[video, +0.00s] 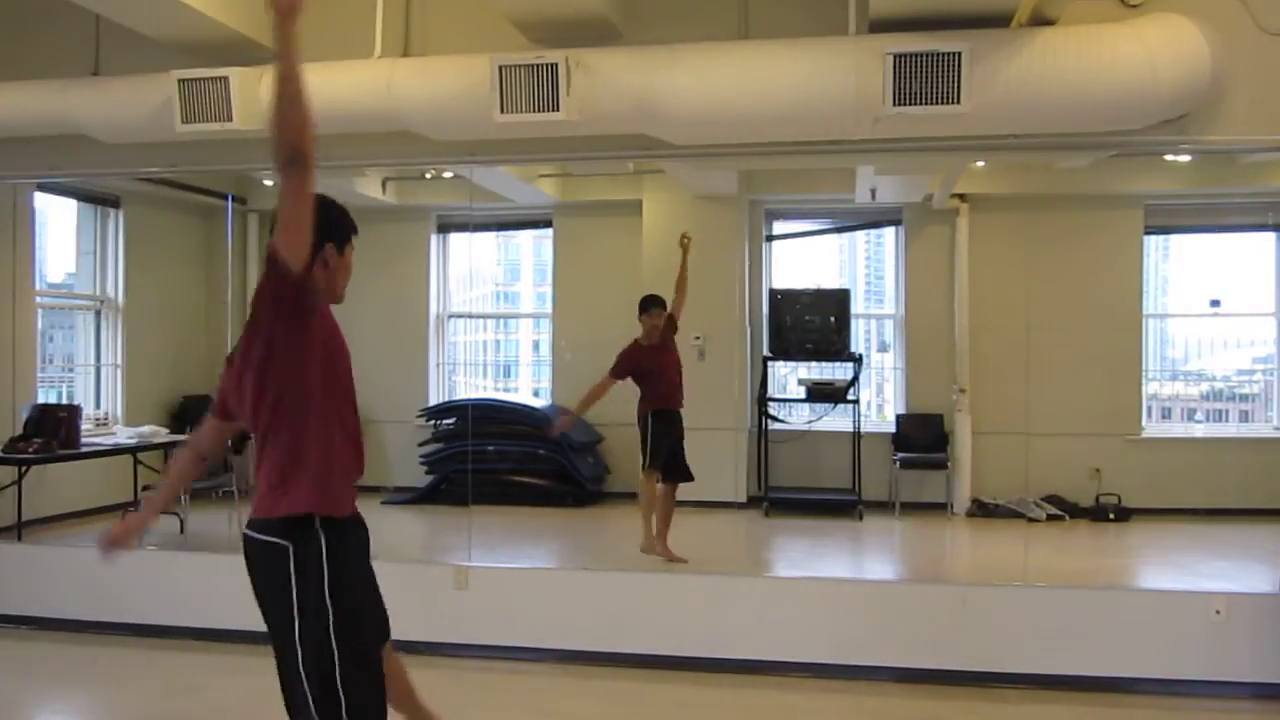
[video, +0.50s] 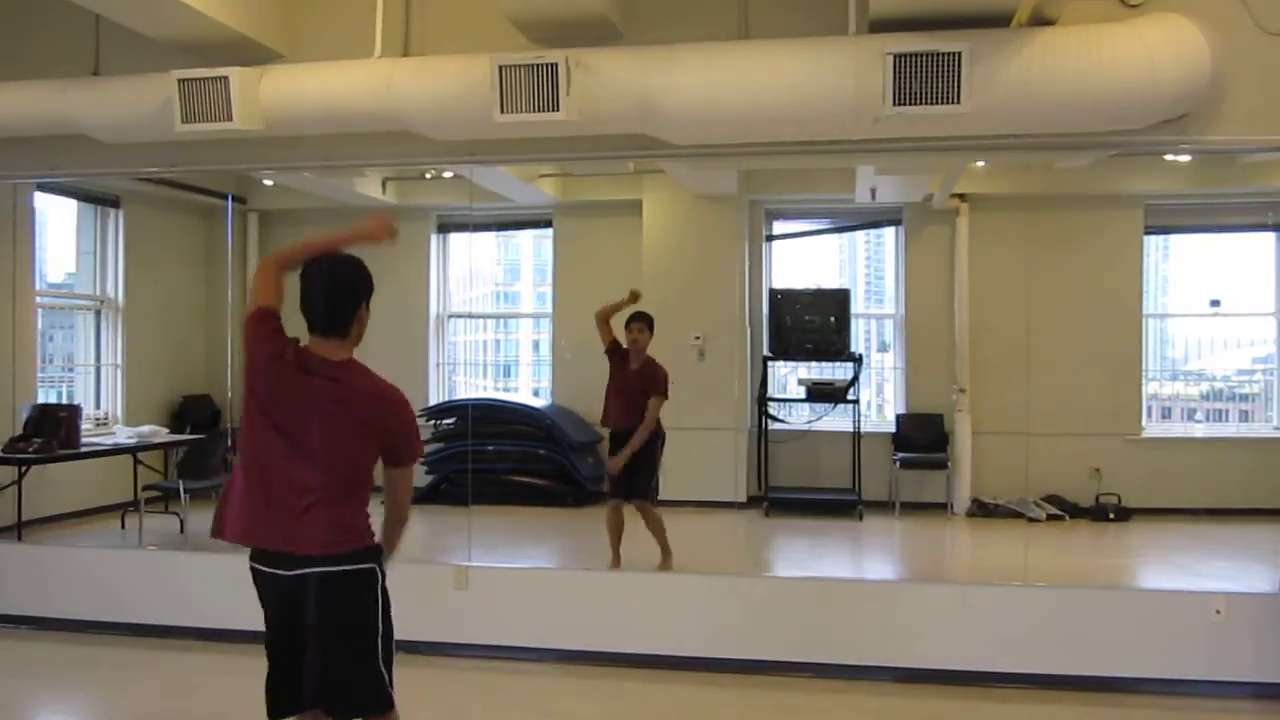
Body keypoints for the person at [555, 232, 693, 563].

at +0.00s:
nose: (659, 324)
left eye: (662, 319)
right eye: (653, 319)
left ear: (666, 319)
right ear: (641, 319)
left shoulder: (667, 336)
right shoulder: (632, 354)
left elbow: (679, 295)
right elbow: (603, 386)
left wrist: (685, 255)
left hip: (673, 414)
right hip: (652, 414)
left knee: (671, 479)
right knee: (651, 474)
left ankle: (662, 541)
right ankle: (648, 538)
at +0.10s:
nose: (649, 316)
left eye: (653, 311)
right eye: (644, 312)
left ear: (658, 314)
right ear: (635, 315)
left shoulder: (668, 337)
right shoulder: (625, 345)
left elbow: (698, 301)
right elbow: (586, 355)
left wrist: (722, 260)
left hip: (668, 418)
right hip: (643, 419)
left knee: (665, 484)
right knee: (634, 483)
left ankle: (662, 542)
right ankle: (620, 547)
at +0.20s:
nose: (639, 317)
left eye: (644, 312)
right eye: (634, 312)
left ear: (652, 315)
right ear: (627, 316)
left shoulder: (665, 343)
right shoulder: (615, 345)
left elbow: (705, 327)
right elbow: (581, 329)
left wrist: (747, 305)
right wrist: (556, 312)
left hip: (659, 422)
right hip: (629, 423)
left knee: (662, 484)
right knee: (620, 489)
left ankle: (664, 539)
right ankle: (609, 550)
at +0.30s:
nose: (632, 319)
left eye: (639, 314)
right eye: (628, 314)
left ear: (648, 319)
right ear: (622, 318)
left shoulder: (660, 350)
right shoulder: (610, 344)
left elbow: (698, 359)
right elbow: (586, 310)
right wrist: (583, 272)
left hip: (650, 427)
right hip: (617, 427)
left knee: (663, 491)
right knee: (613, 494)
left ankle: (671, 541)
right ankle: (613, 554)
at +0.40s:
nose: (633, 324)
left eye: (639, 321)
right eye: (630, 320)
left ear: (648, 326)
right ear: (622, 323)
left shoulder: (655, 359)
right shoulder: (612, 346)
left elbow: (677, 398)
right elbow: (594, 306)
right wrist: (611, 272)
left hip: (648, 431)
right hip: (618, 430)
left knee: (653, 498)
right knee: (614, 498)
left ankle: (668, 553)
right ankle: (614, 556)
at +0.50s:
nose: (635, 336)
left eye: (641, 331)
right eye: (631, 331)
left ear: (651, 336)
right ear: (625, 334)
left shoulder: (656, 373)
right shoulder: (617, 358)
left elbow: (650, 422)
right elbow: (601, 318)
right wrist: (624, 303)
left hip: (646, 437)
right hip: (618, 436)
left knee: (642, 501)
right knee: (614, 502)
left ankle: (666, 554)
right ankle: (615, 558)